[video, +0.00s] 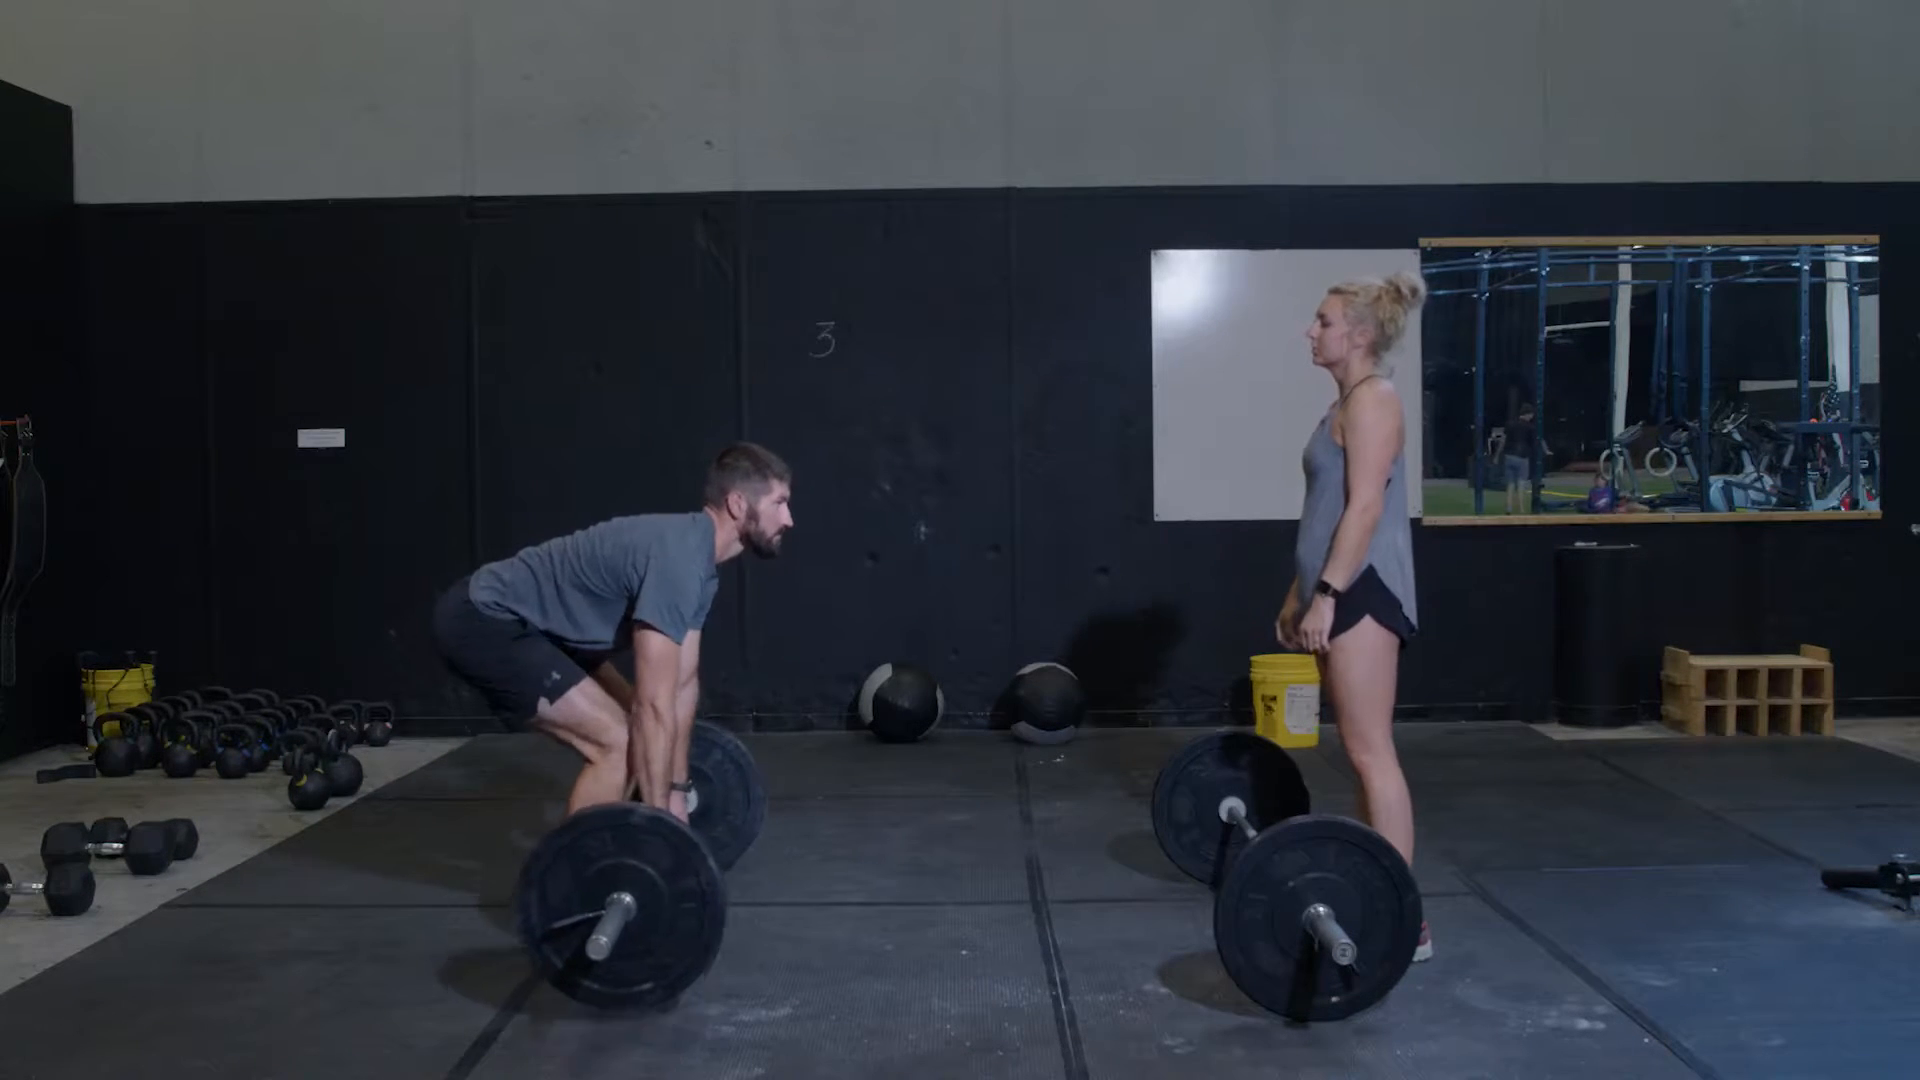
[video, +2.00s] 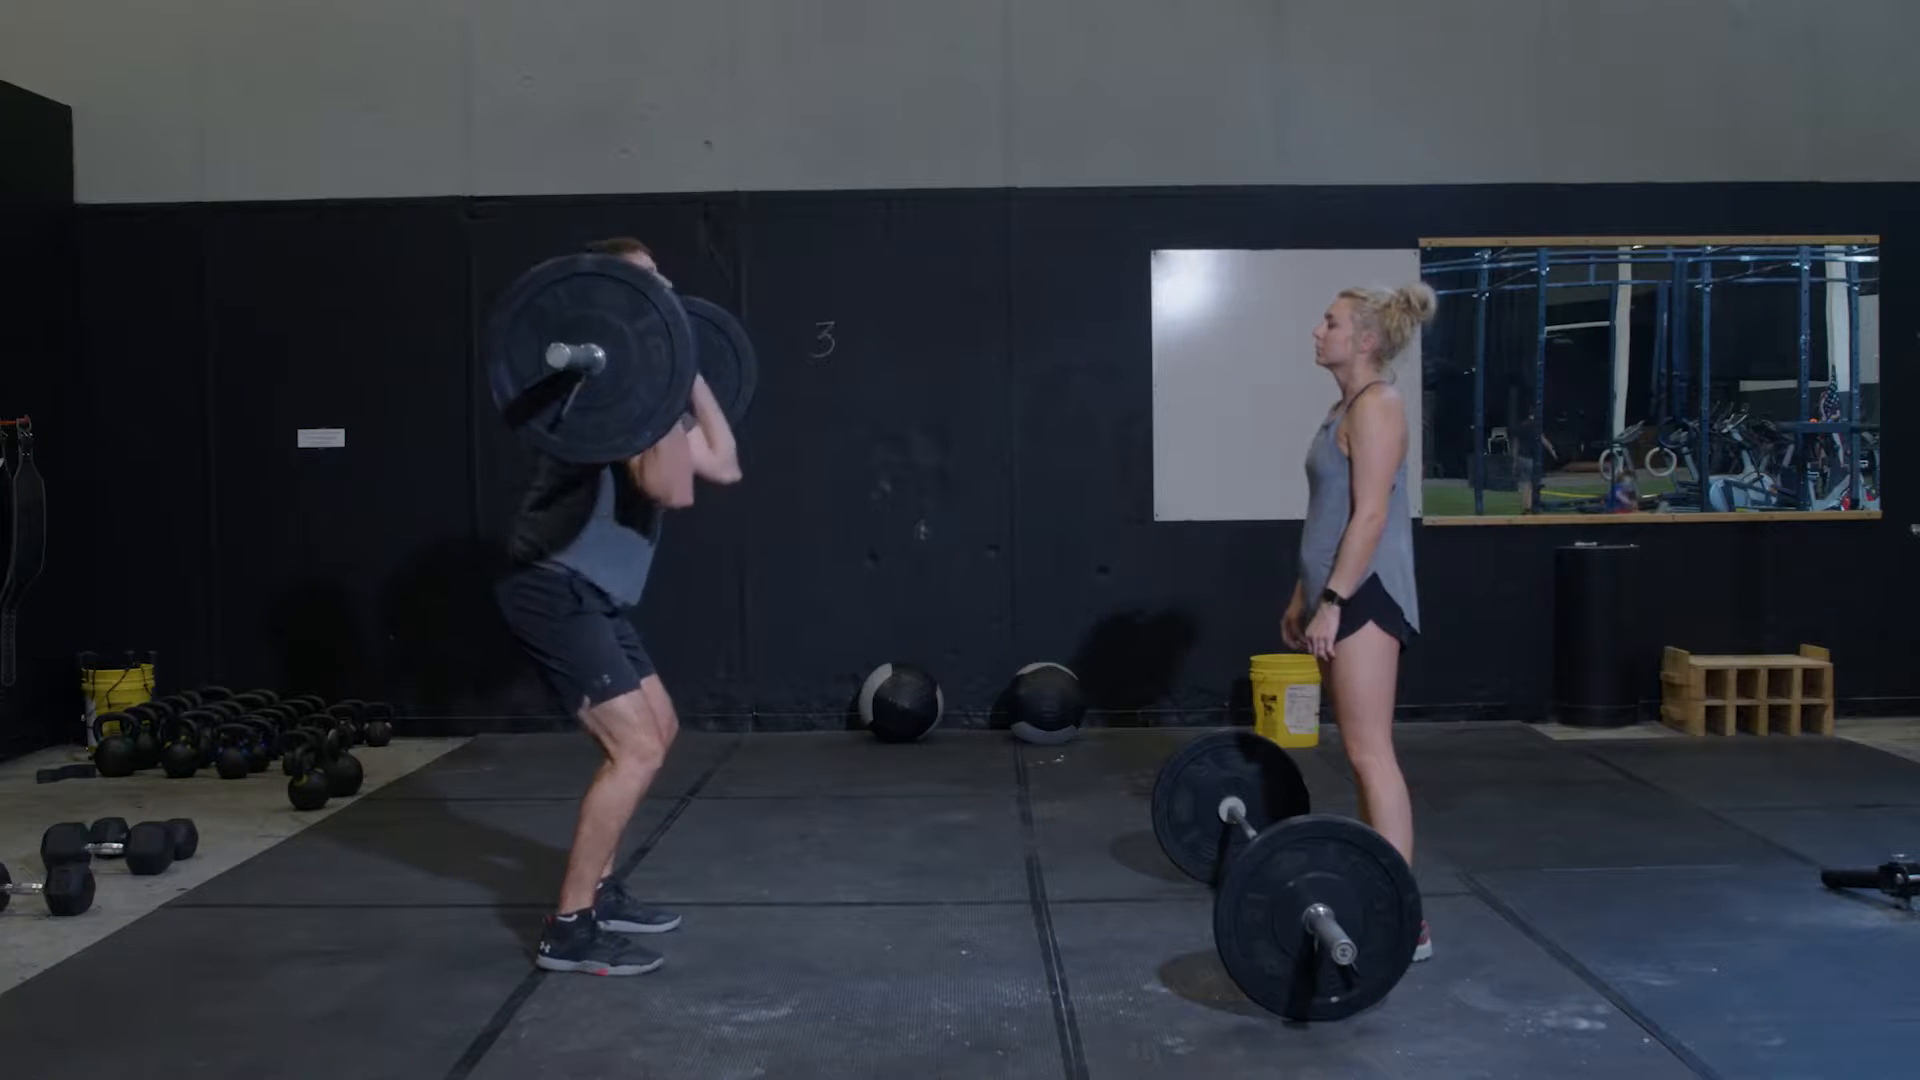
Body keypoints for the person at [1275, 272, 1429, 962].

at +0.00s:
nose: (1312, 332)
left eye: (1325, 322)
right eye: (1315, 321)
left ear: (1361, 334)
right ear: (1346, 335)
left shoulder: (1372, 401)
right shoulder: (1344, 405)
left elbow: (1366, 508)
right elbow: (1326, 513)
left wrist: (1327, 592)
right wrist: (1300, 590)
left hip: (1366, 594)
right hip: (1343, 592)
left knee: (1371, 751)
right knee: (1362, 750)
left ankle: (1399, 912)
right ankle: (1380, 903)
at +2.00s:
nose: (1318, 332)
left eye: (1331, 324)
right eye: (1322, 322)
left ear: (1365, 339)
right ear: (1354, 340)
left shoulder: (1377, 407)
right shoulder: (1346, 408)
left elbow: (1372, 515)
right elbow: (1331, 515)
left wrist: (1333, 599)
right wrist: (1305, 591)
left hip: (1370, 597)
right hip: (1345, 595)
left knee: (1371, 754)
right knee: (1364, 753)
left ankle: (1399, 913)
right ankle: (1384, 906)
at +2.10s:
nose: (1318, 332)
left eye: (1331, 324)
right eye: (1322, 322)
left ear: (1365, 339)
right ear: (1354, 340)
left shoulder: (1376, 406)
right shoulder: (1346, 408)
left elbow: (1371, 514)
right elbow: (1330, 516)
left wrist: (1332, 599)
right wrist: (1304, 592)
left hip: (1368, 596)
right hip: (1344, 595)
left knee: (1370, 754)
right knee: (1363, 754)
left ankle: (1400, 913)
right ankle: (1384, 905)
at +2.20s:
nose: (1318, 332)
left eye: (1330, 324)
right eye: (1321, 322)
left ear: (1365, 339)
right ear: (1353, 340)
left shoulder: (1376, 405)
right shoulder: (1347, 407)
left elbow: (1369, 514)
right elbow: (1330, 515)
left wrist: (1330, 598)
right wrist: (1303, 591)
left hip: (1367, 596)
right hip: (1343, 595)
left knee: (1368, 754)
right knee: (1361, 753)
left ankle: (1400, 913)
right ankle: (1384, 905)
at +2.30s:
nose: (1317, 331)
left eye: (1330, 323)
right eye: (1321, 321)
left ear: (1365, 339)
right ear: (1354, 339)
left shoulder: (1375, 404)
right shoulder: (1347, 407)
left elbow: (1367, 513)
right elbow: (1328, 514)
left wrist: (1328, 597)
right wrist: (1302, 591)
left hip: (1365, 594)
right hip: (1344, 592)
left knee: (1360, 750)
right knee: (1363, 748)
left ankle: (1396, 911)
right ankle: (1390, 905)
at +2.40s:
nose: (1317, 330)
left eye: (1330, 322)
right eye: (1321, 320)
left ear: (1365, 338)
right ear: (1354, 339)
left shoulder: (1375, 404)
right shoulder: (1346, 406)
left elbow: (1366, 512)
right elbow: (1327, 514)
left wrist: (1325, 595)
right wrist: (1302, 591)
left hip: (1363, 591)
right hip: (1346, 590)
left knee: (1352, 745)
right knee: (1368, 744)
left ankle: (1392, 908)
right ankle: (1392, 903)